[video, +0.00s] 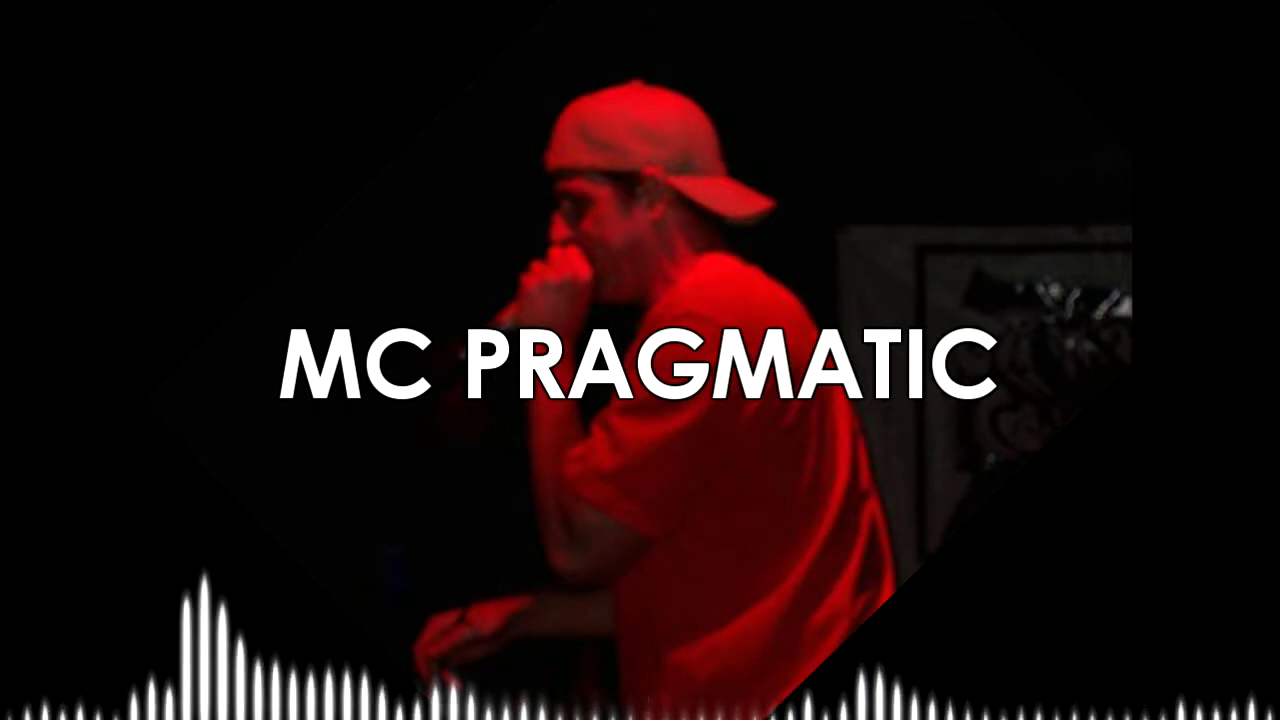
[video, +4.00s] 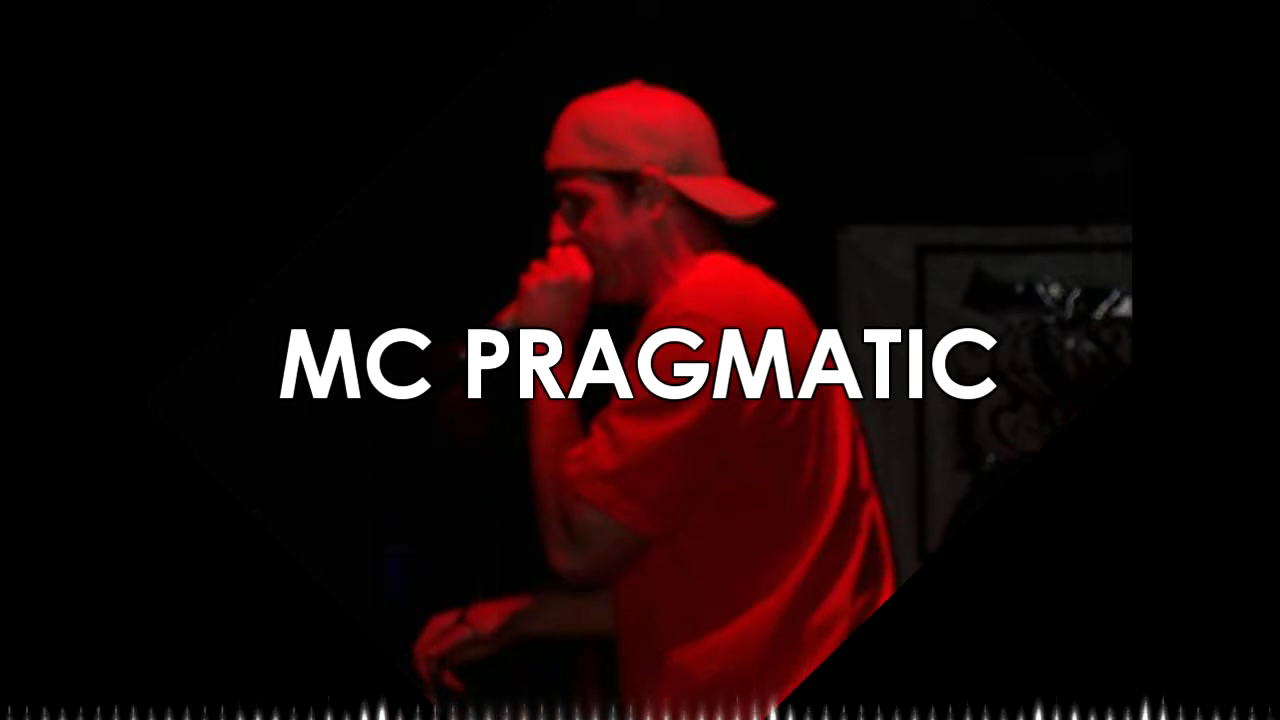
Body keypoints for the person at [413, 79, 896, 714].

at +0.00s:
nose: (559, 233)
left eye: (576, 206)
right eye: (559, 209)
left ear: (652, 199)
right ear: (649, 200)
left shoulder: (706, 314)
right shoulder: (746, 303)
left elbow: (577, 544)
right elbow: (700, 580)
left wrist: (546, 348)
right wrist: (520, 619)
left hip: (736, 704)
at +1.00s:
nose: (560, 233)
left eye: (577, 206)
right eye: (560, 209)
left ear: (652, 198)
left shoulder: (705, 314)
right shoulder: (747, 303)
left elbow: (577, 544)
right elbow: (702, 579)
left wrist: (546, 348)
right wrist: (521, 619)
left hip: (735, 706)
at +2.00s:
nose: (560, 233)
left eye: (577, 207)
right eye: (560, 209)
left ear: (653, 198)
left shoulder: (706, 314)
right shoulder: (744, 303)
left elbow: (577, 544)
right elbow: (696, 579)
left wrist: (545, 347)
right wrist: (518, 620)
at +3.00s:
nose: (560, 233)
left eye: (577, 206)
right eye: (560, 209)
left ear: (652, 199)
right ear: (650, 201)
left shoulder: (705, 316)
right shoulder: (752, 305)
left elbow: (577, 542)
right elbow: (705, 577)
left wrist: (547, 348)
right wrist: (517, 619)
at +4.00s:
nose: (560, 233)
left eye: (577, 206)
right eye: (560, 209)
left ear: (652, 199)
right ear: (649, 200)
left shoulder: (706, 314)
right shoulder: (746, 303)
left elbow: (577, 543)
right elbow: (699, 578)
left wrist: (545, 347)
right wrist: (517, 620)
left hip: (733, 705)